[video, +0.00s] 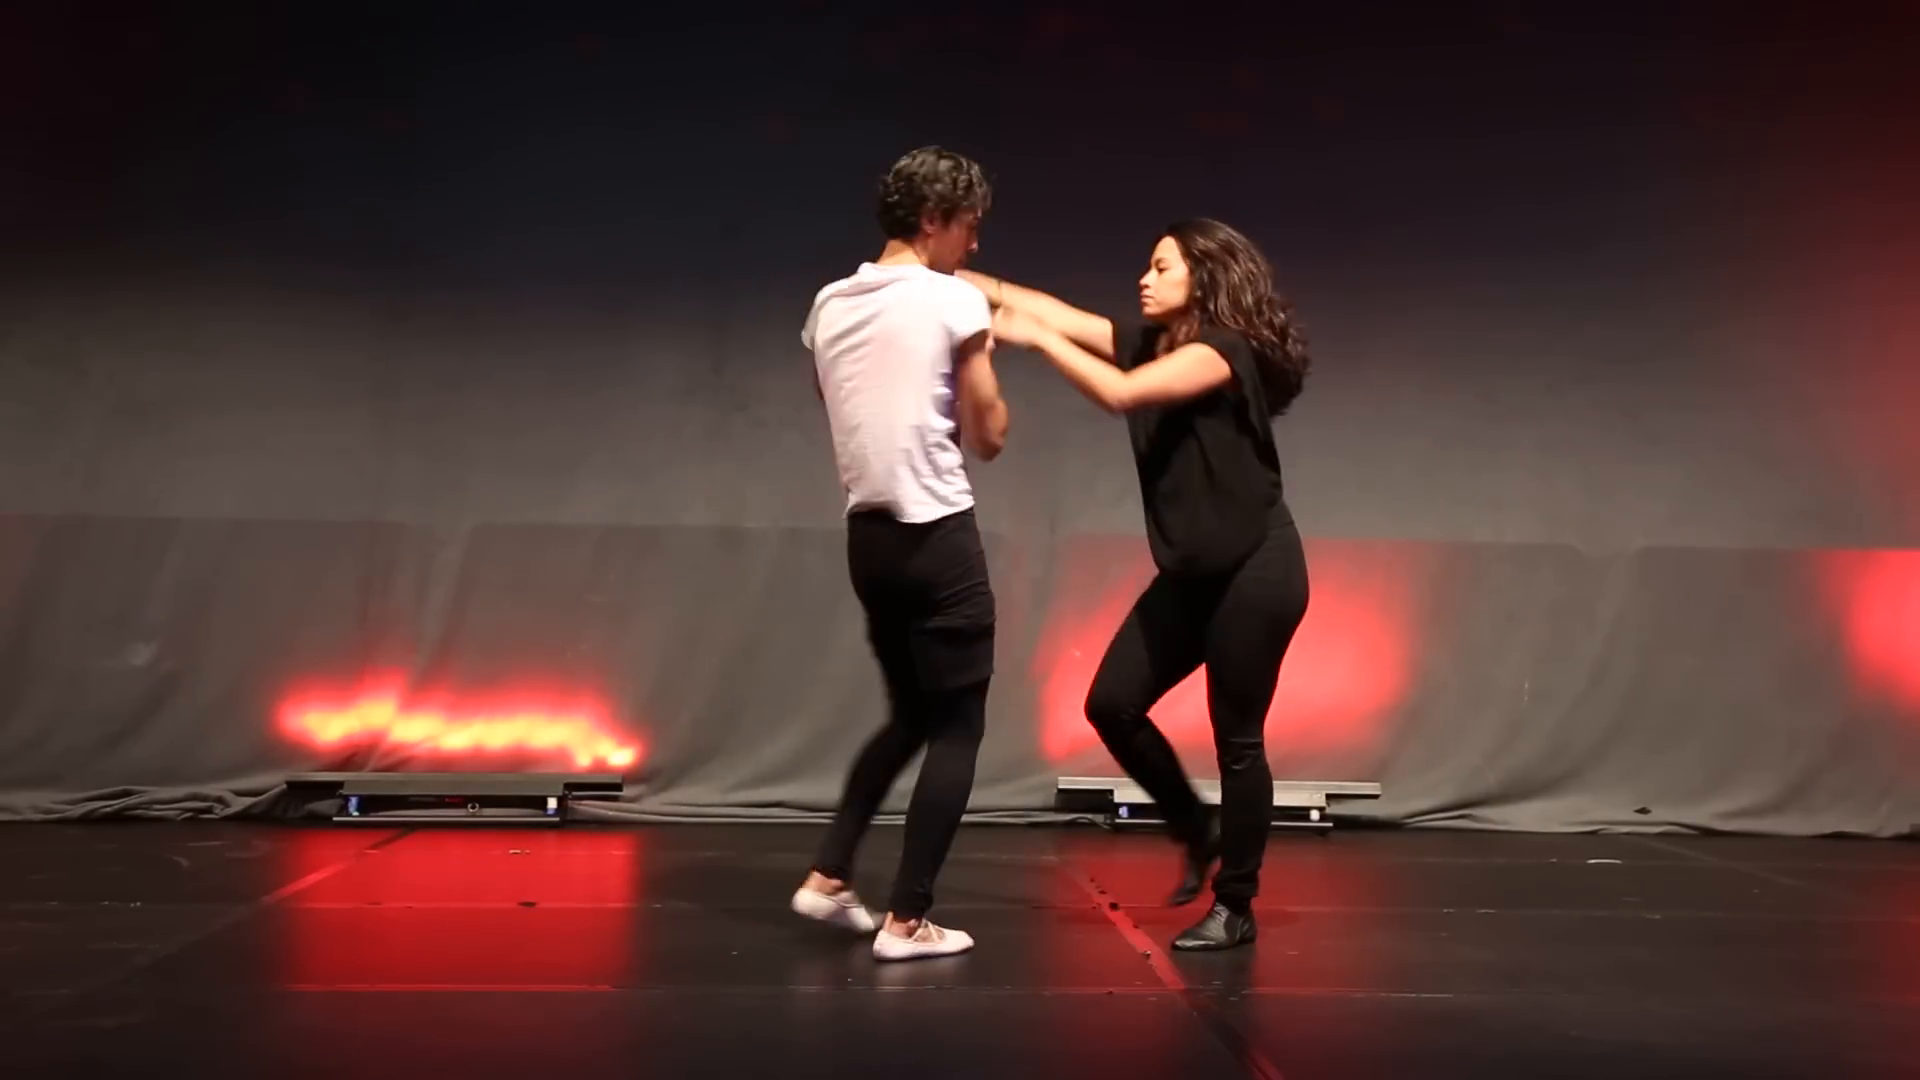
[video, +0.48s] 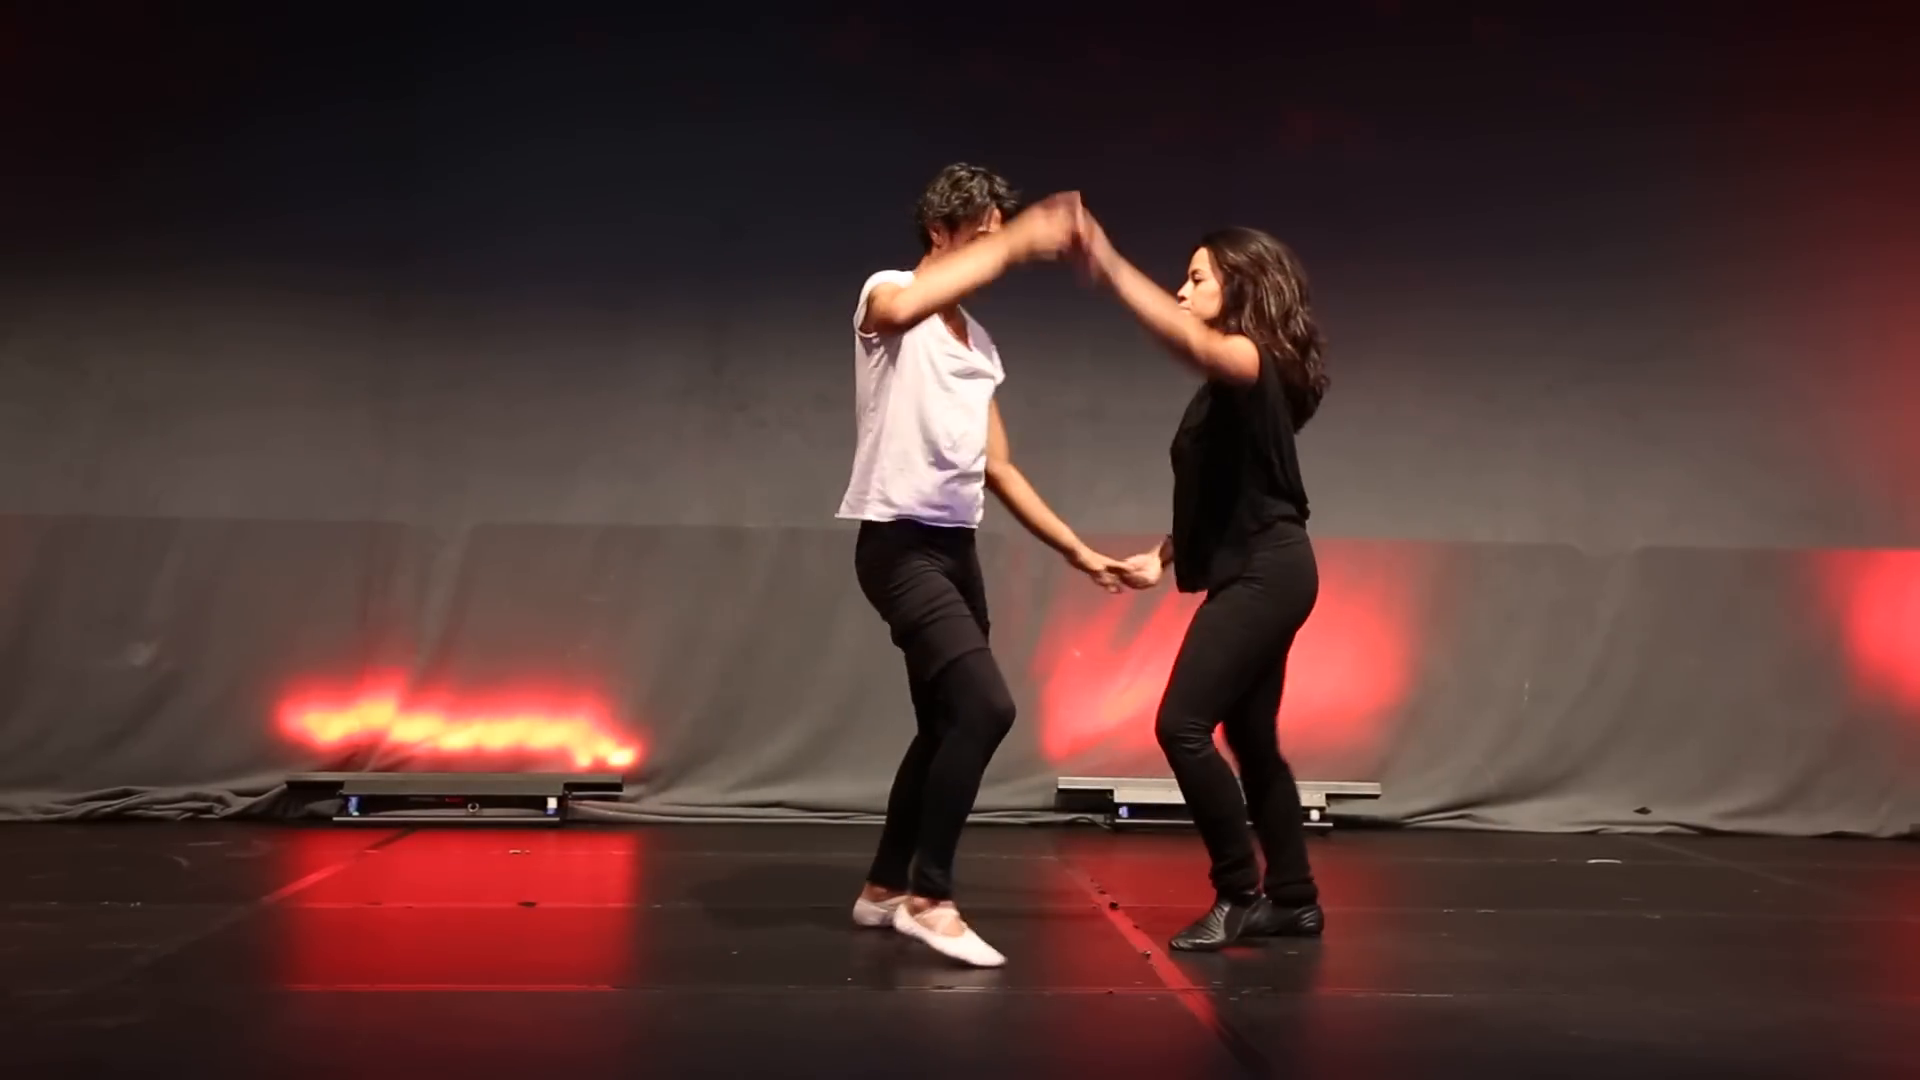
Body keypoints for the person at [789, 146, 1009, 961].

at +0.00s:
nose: (975, 246)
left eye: (977, 231)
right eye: (971, 229)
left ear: (902, 222)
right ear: (936, 221)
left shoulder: (829, 304)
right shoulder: (954, 298)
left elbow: (845, 405)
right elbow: (988, 436)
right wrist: (970, 371)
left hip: (870, 542)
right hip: (939, 539)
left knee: (909, 717)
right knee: (957, 730)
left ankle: (827, 880)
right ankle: (907, 920)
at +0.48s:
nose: (995, 250)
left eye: (999, 237)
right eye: (980, 236)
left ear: (994, 242)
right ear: (936, 234)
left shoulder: (976, 348)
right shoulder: (886, 291)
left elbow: (999, 469)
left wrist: (1079, 552)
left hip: (954, 547)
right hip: (898, 543)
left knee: (947, 723)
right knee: (983, 707)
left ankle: (884, 889)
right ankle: (928, 901)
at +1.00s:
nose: (1033, 238)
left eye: (1036, 223)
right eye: (1031, 221)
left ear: (982, 213)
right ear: (1000, 214)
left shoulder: (961, 293)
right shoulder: (947, 289)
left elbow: (972, 459)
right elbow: (997, 404)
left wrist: (1060, 518)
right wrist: (1029, 321)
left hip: (944, 530)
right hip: (956, 533)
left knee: (967, 724)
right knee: (1019, 728)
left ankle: (885, 898)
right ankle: (963, 934)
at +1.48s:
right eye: (997, 190)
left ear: (925, 197)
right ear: (1004, 199)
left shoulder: (880, 288)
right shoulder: (1039, 290)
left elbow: (863, 417)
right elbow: (1067, 416)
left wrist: (946, 434)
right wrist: (1052, 474)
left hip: (893, 531)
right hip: (986, 537)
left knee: (890, 735)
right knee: (953, 724)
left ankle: (916, 941)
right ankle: (965, 912)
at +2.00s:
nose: (943, 201)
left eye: (945, 189)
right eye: (950, 190)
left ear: (955, 193)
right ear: (1030, 193)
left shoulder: (919, 276)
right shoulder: (1083, 296)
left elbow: (815, 308)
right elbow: (1110, 441)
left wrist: (844, 221)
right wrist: (1054, 501)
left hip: (952, 535)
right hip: (1049, 540)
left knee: (933, 733)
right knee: (1051, 740)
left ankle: (927, 937)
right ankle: (1081, 957)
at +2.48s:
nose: (900, 211)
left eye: (909, 194)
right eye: (901, 196)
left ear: (954, 195)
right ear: (969, 199)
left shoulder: (956, 278)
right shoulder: (1010, 293)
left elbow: (803, 236)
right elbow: (924, 399)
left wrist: (790, 132)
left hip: (955, 536)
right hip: (1008, 539)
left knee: (893, 735)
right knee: (918, 685)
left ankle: (971, 933)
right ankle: (1001, 788)